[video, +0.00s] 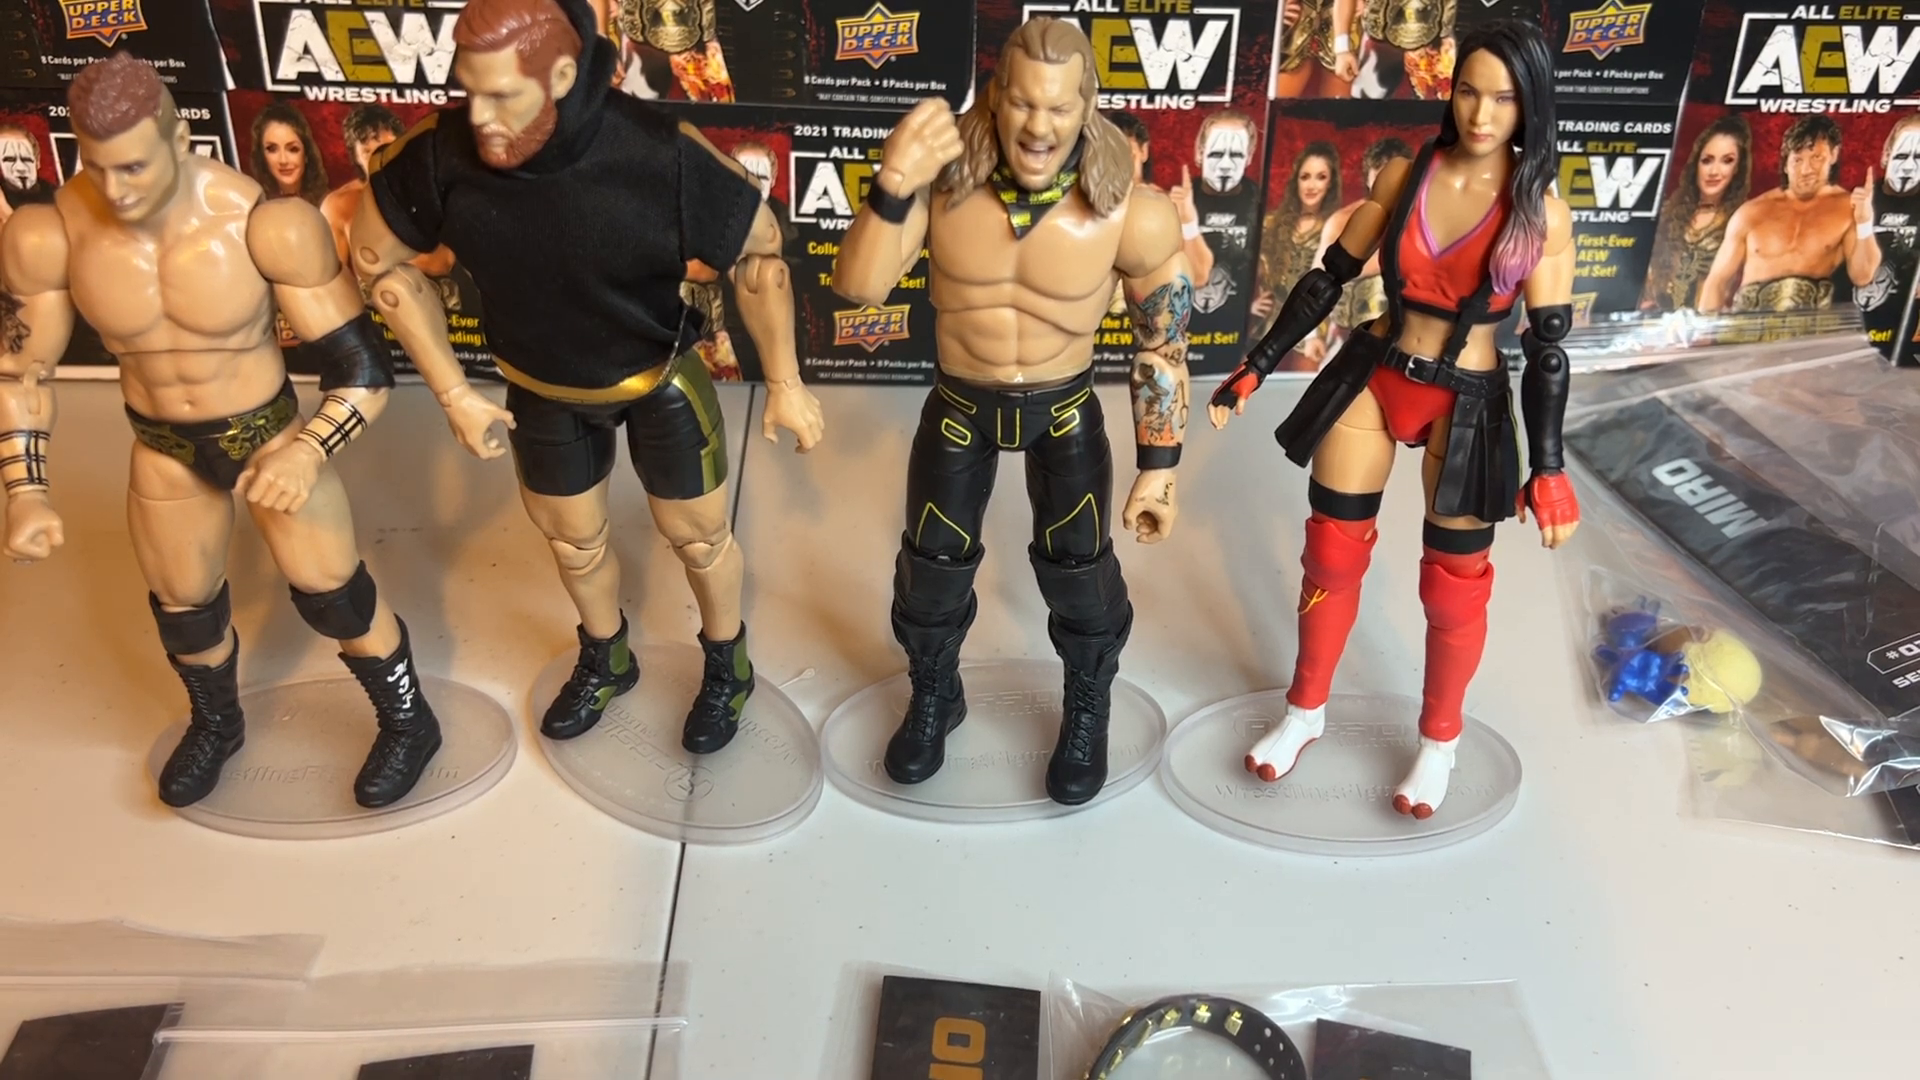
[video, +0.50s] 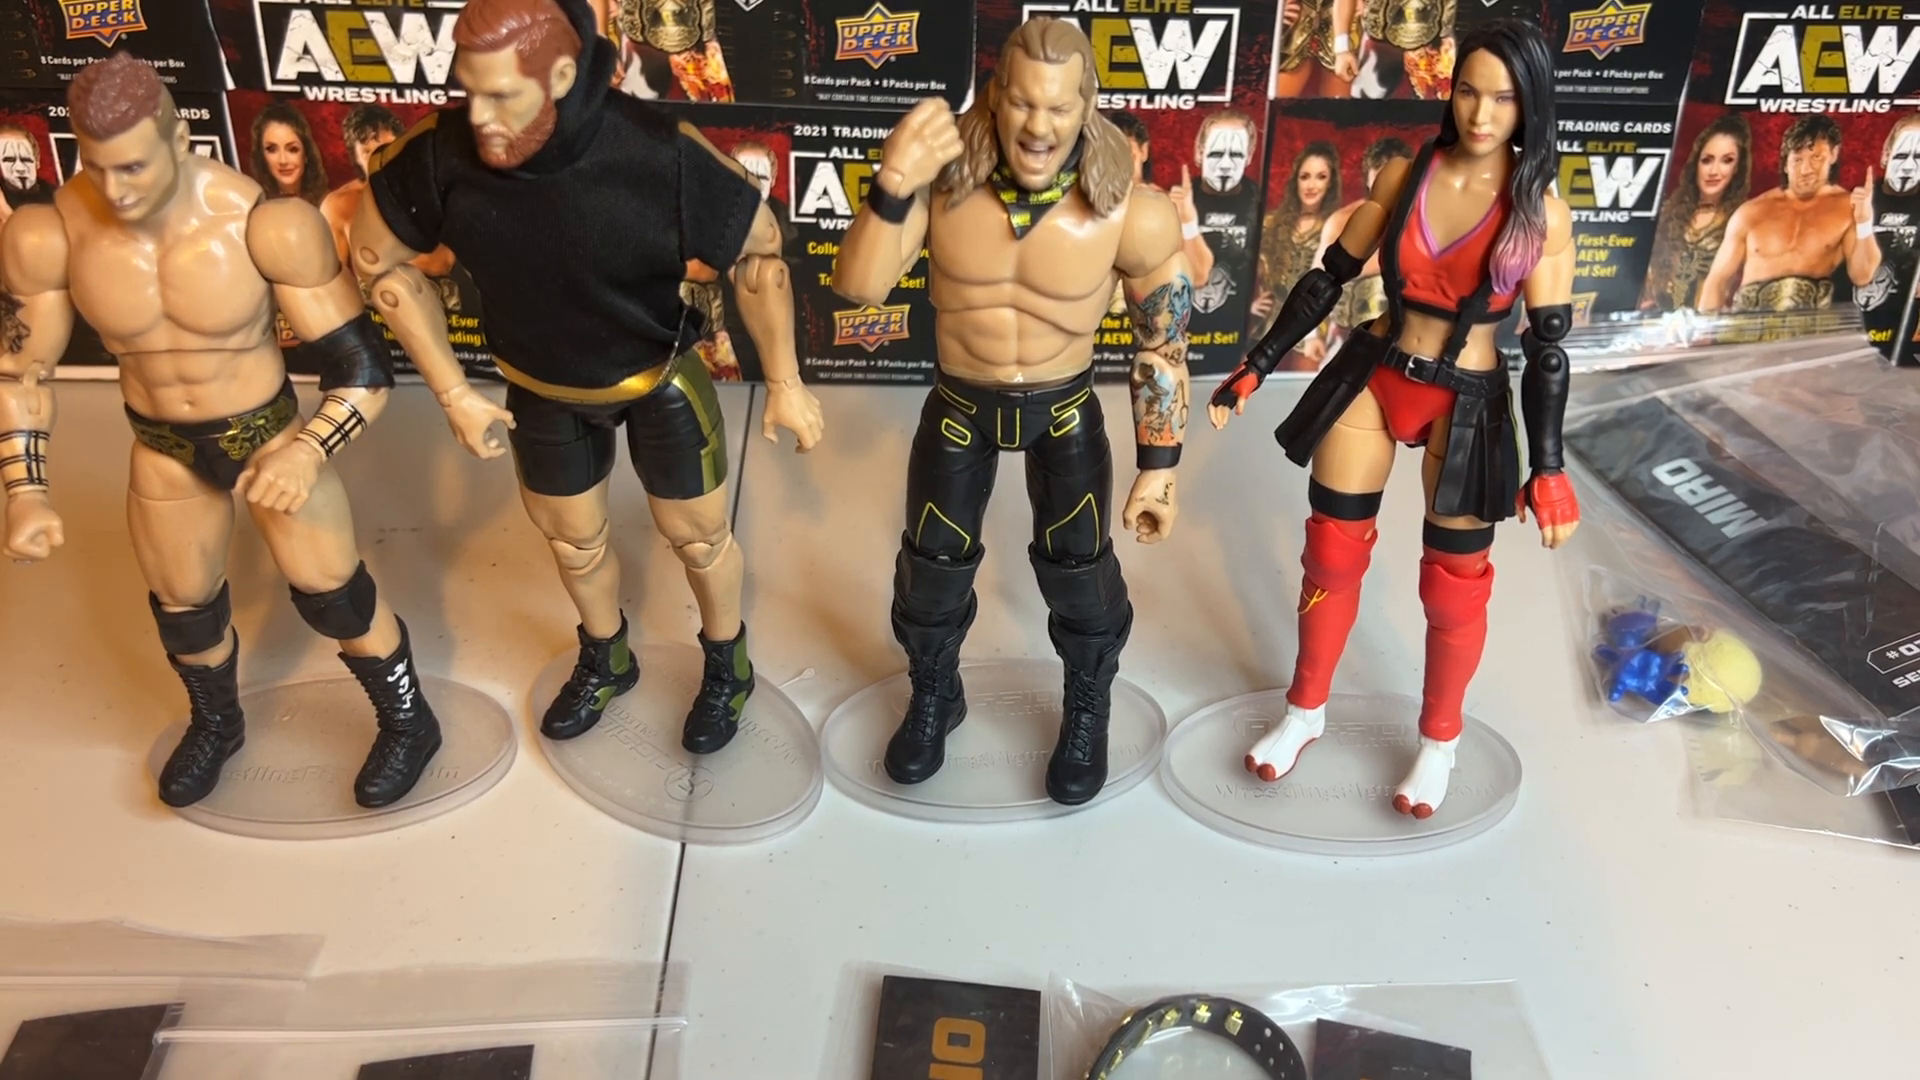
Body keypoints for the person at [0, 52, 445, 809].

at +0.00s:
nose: (118, 188)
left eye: (135, 167)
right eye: (101, 169)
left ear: (179, 138)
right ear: (81, 151)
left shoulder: (268, 225)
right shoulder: (53, 232)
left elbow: (363, 370)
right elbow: (22, 372)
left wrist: (311, 446)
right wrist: (22, 486)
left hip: (269, 441)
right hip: (161, 451)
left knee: (336, 599)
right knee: (186, 617)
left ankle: (409, 721)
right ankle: (216, 722)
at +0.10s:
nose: (117, 189)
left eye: (134, 168)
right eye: (100, 170)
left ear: (178, 139)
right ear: (80, 152)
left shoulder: (267, 225)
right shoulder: (53, 233)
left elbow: (363, 371)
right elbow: (23, 373)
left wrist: (311, 447)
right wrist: (21, 487)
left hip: (269, 441)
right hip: (161, 452)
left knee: (336, 599)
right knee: (186, 617)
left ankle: (408, 722)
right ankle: (216, 723)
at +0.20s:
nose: (118, 188)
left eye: (134, 167)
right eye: (100, 169)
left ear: (178, 138)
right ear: (80, 151)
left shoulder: (268, 225)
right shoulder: (53, 232)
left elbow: (362, 370)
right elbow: (22, 372)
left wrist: (311, 446)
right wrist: (22, 486)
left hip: (269, 441)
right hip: (161, 451)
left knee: (336, 599)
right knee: (186, 617)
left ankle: (409, 722)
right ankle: (216, 722)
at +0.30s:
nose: (118, 188)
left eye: (135, 167)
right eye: (101, 169)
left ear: (179, 138)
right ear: (81, 151)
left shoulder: (268, 225)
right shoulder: (53, 233)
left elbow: (363, 370)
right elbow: (22, 373)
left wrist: (311, 447)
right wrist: (22, 487)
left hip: (269, 441)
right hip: (161, 452)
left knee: (336, 599)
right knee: (186, 617)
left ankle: (409, 721)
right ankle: (216, 723)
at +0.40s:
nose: (118, 188)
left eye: (135, 167)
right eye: (101, 169)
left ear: (179, 138)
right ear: (81, 152)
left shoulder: (268, 225)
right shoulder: (54, 232)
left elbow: (363, 370)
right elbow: (22, 372)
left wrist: (311, 446)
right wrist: (22, 486)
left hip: (269, 441)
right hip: (161, 451)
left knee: (336, 599)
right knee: (186, 616)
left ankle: (408, 721)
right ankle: (216, 723)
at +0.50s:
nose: (118, 188)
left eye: (134, 167)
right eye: (100, 169)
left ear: (178, 138)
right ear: (80, 152)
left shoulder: (267, 225)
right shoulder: (53, 233)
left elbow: (363, 369)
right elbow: (22, 373)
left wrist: (311, 446)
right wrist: (22, 487)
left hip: (268, 441)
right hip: (161, 451)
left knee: (335, 599)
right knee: (186, 616)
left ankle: (409, 721)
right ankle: (216, 722)